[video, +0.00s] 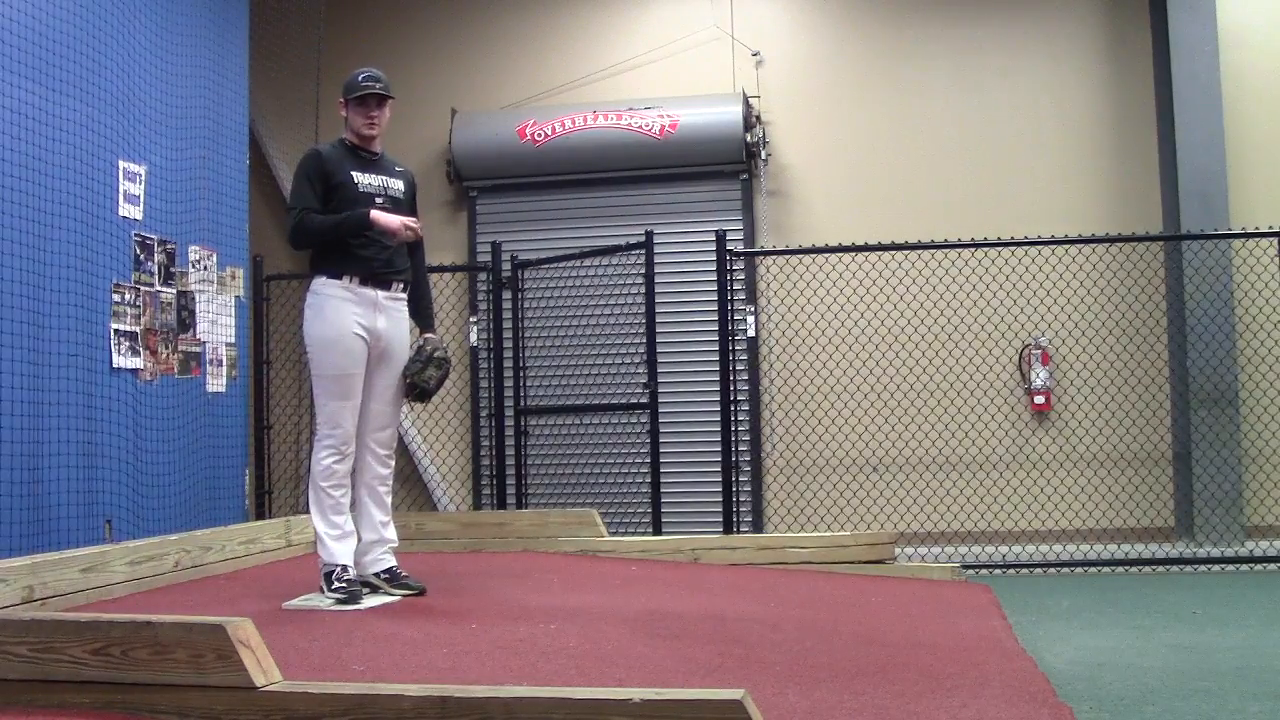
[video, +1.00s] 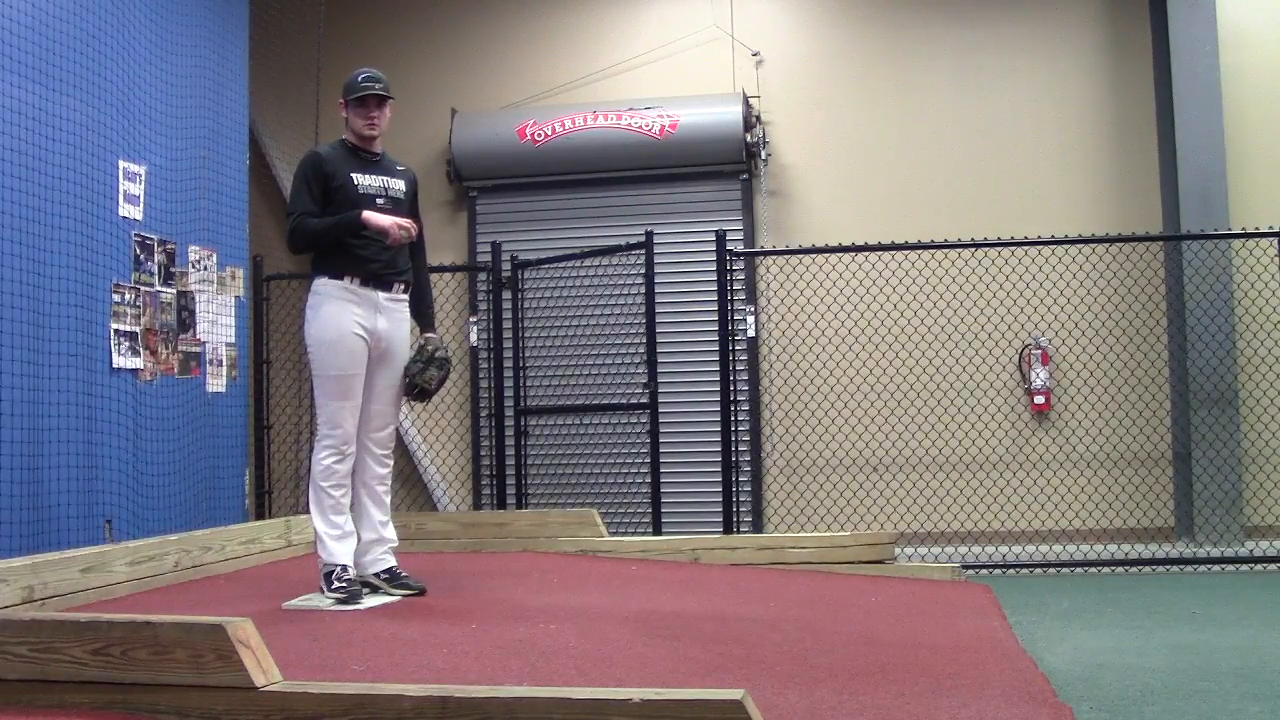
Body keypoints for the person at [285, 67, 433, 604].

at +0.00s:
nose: (372, 112)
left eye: (379, 104)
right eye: (363, 104)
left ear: (390, 110)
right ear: (344, 110)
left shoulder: (402, 176)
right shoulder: (320, 161)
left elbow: (415, 256)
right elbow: (299, 229)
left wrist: (425, 328)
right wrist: (372, 217)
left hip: (395, 308)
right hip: (338, 302)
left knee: (380, 440)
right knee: (337, 437)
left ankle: (376, 561)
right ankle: (336, 564)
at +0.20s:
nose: (372, 112)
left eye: (380, 104)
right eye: (363, 104)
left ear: (391, 111)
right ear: (344, 110)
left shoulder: (401, 177)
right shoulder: (320, 162)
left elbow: (413, 257)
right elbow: (299, 231)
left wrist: (422, 327)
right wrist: (369, 215)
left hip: (395, 308)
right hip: (338, 301)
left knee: (379, 440)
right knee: (338, 438)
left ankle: (376, 561)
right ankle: (336, 564)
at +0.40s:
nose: (373, 113)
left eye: (381, 104)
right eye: (363, 104)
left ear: (391, 111)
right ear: (344, 110)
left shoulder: (401, 177)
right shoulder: (320, 162)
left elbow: (413, 259)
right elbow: (298, 231)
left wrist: (422, 328)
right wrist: (366, 216)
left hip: (395, 309)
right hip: (338, 303)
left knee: (378, 441)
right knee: (337, 438)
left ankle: (376, 561)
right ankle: (335, 564)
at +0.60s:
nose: (373, 113)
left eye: (380, 105)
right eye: (363, 105)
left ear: (391, 111)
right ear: (345, 110)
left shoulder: (402, 177)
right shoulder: (320, 163)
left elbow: (415, 259)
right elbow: (299, 232)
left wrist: (424, 328)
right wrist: (366, 217)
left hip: (395, 310)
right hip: (338, 303)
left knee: (378, 440)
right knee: (337, 438)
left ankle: (376, 561)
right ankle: (335, 564)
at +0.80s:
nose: (373, 113)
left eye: (380, 105)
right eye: (363, 105)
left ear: (391, 111)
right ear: (345, 110)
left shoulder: (403, 176)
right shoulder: (320, 163)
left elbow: (416, 258)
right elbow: (299, 232)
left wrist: (425, 327)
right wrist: (366, 217)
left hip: (395, 310)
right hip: (338, 303)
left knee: (379, 440)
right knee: (338, 438)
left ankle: (376, 561)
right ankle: (336, 564)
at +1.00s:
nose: (373, 113)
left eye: (380, 104)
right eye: (363, 105)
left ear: (390, 111)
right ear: (344, 110)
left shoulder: (403, 176)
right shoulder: (320, 163)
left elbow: (417, 258)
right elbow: (298, 233)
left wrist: (425, 328)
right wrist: (364, 218)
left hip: (395, 310)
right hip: (338, 304)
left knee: (379, 441)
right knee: (338, 438)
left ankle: (377, 561)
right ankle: (336, 564)